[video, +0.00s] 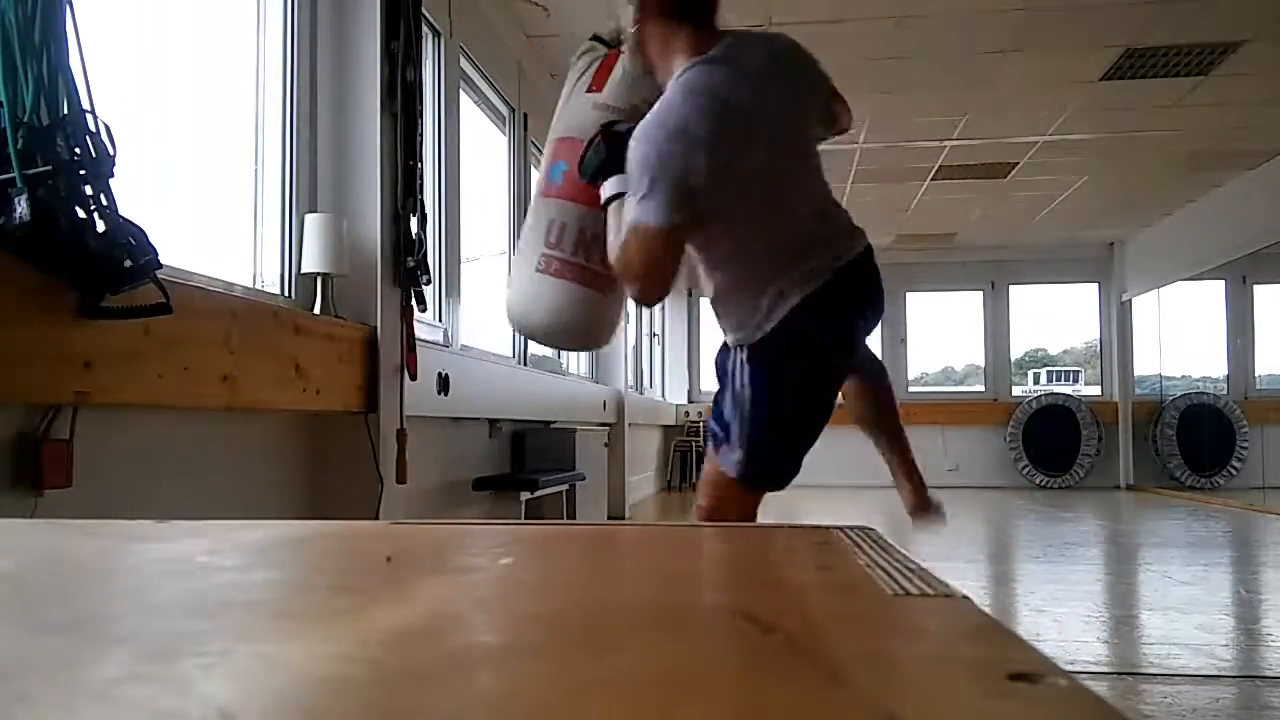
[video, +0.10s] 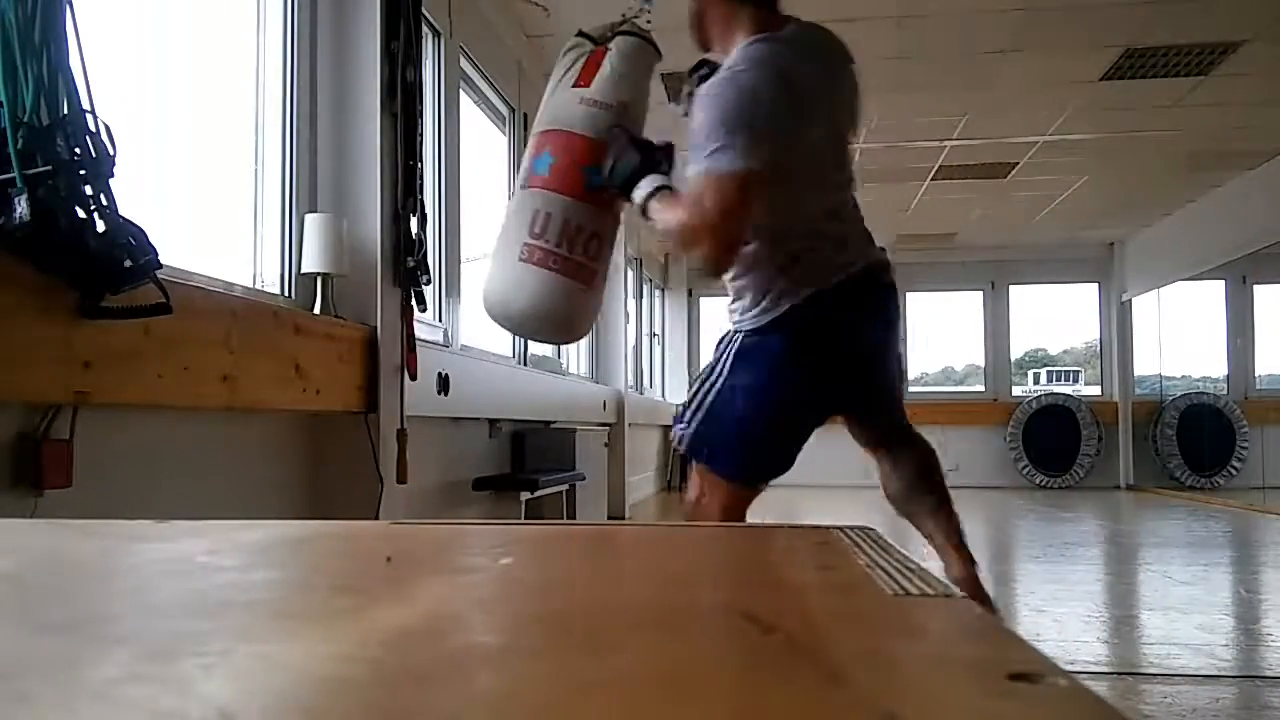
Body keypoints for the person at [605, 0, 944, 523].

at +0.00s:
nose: (633, 35)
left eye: (635, 20)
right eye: (635, 21)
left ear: (651, 19)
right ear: (708, 12)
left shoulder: (666, 133)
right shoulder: (773, 52)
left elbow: (645, 282)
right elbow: (835, 117)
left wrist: (612, 187)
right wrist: (755, 138)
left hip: (777, 332)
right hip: (853, 277)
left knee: (722, 510)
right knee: (850, 355)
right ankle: (915, 493)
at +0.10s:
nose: (689, 14)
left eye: (694, 3)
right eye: (693, 4)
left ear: (712, 7)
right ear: (769, 1)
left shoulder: (732, 90)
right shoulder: (824, 50)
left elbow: (707, 239)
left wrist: (643, 181)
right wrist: (710, 88)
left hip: (783, 325)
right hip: (864, 296)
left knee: (710, 506)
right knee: (888, 435)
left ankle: (709, 670)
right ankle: (965, 575)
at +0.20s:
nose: (752, 9)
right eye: (756, 0)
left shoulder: (807, 58)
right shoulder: (875, 54)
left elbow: (811, 198)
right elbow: (851, 167)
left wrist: (706, 206)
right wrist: (761, 114)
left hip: (809, 322)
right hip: (886, 312)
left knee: (723, 511)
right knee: (927, 491)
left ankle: (716, 692)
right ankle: (1049, 644)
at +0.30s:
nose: (824, 18)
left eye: (829, 8)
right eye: (829, 10)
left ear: (850, 1)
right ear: (901, 2)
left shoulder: (880, 48)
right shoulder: (950, 61)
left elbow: (909, 168)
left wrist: (797, 205)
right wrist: (813, 167)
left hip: (859, 325)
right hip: (943, 324)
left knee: (767, 528)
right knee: (994, 525)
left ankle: (741, 700)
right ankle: (1094, 695)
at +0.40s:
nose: (881, 12)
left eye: (885, 6)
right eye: (883, 9)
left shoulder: (918, 42)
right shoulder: (1034, 69)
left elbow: (905, 170)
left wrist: (806, 166)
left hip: (922, 338)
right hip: (1023, 339)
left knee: (804, 540)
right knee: (1056, 552)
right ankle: (1122, 719)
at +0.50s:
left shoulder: (938, 1)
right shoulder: (1090, 27)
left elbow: (847, 109)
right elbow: (1068, 156)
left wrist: (802, 115)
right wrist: (932, 121)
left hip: (963, 284)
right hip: (1075, 286)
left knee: (847, 498)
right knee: (1089, 530)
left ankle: (870, 703)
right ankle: (1132, 716)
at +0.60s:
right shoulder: (1125, 6)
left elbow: (846, 103)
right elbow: (1144, 141)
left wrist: (826, 81)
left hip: (995, 234)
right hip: (1113, 232)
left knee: (897, 485)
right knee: (1118, 500)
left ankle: (978, 694)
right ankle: (1137, 714)